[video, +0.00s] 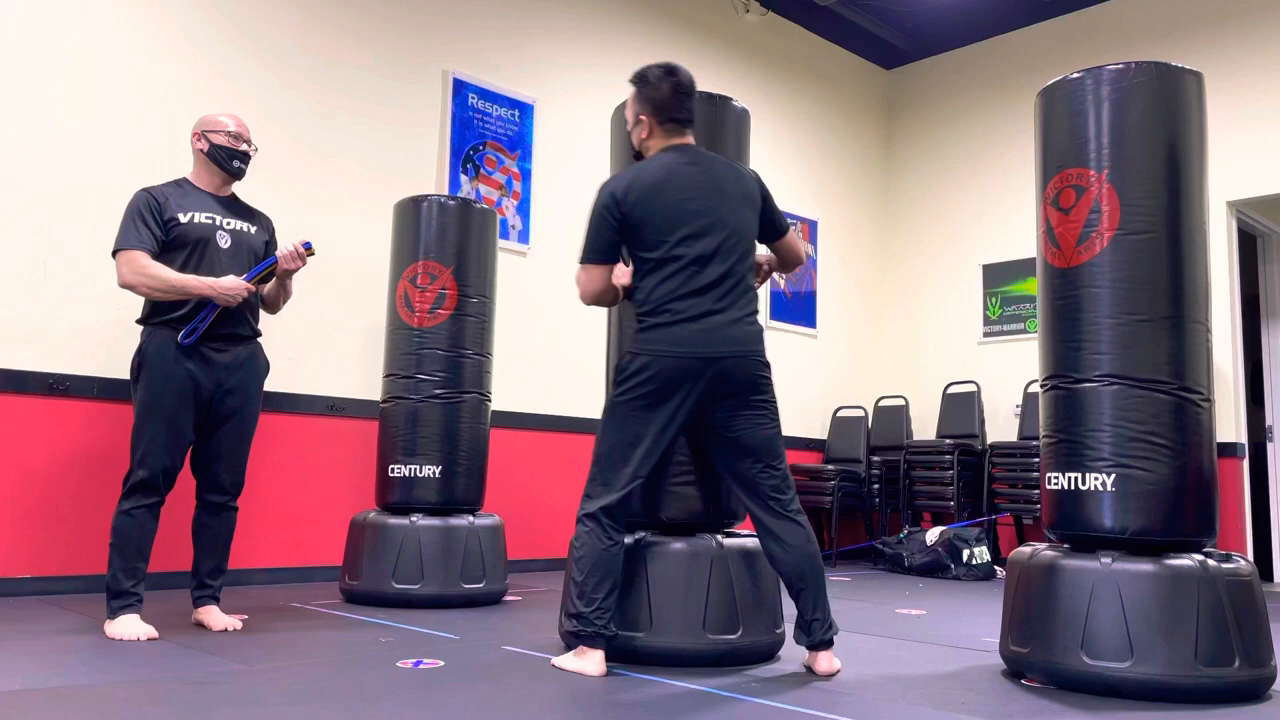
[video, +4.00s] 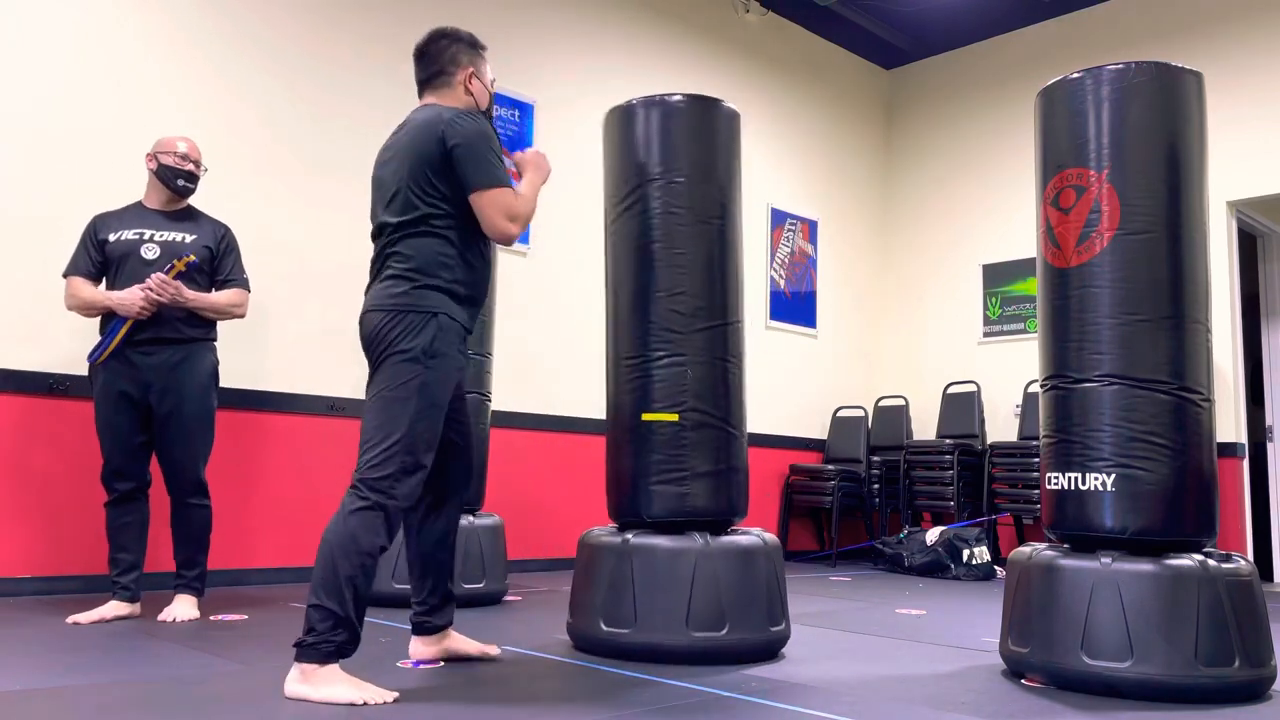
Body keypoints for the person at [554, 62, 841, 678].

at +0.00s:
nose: (628, 124)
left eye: (630, 115)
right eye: (630, 114)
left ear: (644, 121)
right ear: (689, 118)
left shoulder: (621, 190)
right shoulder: (742, 178)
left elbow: (592, 290)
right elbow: (794, 256)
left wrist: (625, 278)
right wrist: (767, 262)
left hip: (662, 355)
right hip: (740, 354)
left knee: (607, 501)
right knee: (775, 494)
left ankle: (588, 647)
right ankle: (821, 645)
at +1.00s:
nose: (638, 153)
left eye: (642, 144)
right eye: (639, 143)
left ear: (657, 148)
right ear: (698, 144)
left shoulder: (638, 213)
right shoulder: (743, 202)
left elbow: (609, 312)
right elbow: (762, 279)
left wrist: (643, 276)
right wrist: (703, 273)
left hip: (681, 381)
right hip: (757, 377)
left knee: (641, 519)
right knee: (776, 508)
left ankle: (642, 651)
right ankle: (820, 644)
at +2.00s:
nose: (596, 64)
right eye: (596, 54)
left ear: (523, 63)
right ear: (589, 54)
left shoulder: (479, 131)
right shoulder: (610, 117)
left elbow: (451, 237)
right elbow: (652, 231)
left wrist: (425, 330)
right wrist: (657, 326)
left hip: (496, 318)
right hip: (572, 310)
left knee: (533, 471)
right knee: (567, 487)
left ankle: (525, 626)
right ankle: (538, 678)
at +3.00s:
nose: (453, 36)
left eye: (450, 25)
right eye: (448, 24)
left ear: (396, 29)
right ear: (426, 26)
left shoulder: (377, 88)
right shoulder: (398, 84)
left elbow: (402, 198)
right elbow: (433, 196)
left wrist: (462, 183)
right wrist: (471, 154)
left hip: (391, 308)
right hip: (371, 304)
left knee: (400, 473)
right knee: (335, 482)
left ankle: (374, 642)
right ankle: (280, 674)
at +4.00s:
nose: (490, 90)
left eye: (488, 80)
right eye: (487, 78)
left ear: (426, 81)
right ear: (469, 77)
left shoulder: (401, 138)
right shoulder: (461, 125)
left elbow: (452, 222)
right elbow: (506, 224)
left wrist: (502, 178)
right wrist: (532, 180)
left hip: (396, 311)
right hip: (427, 316)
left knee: (445, 477)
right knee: (383, 488)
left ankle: (433, 632)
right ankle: (316, 662)